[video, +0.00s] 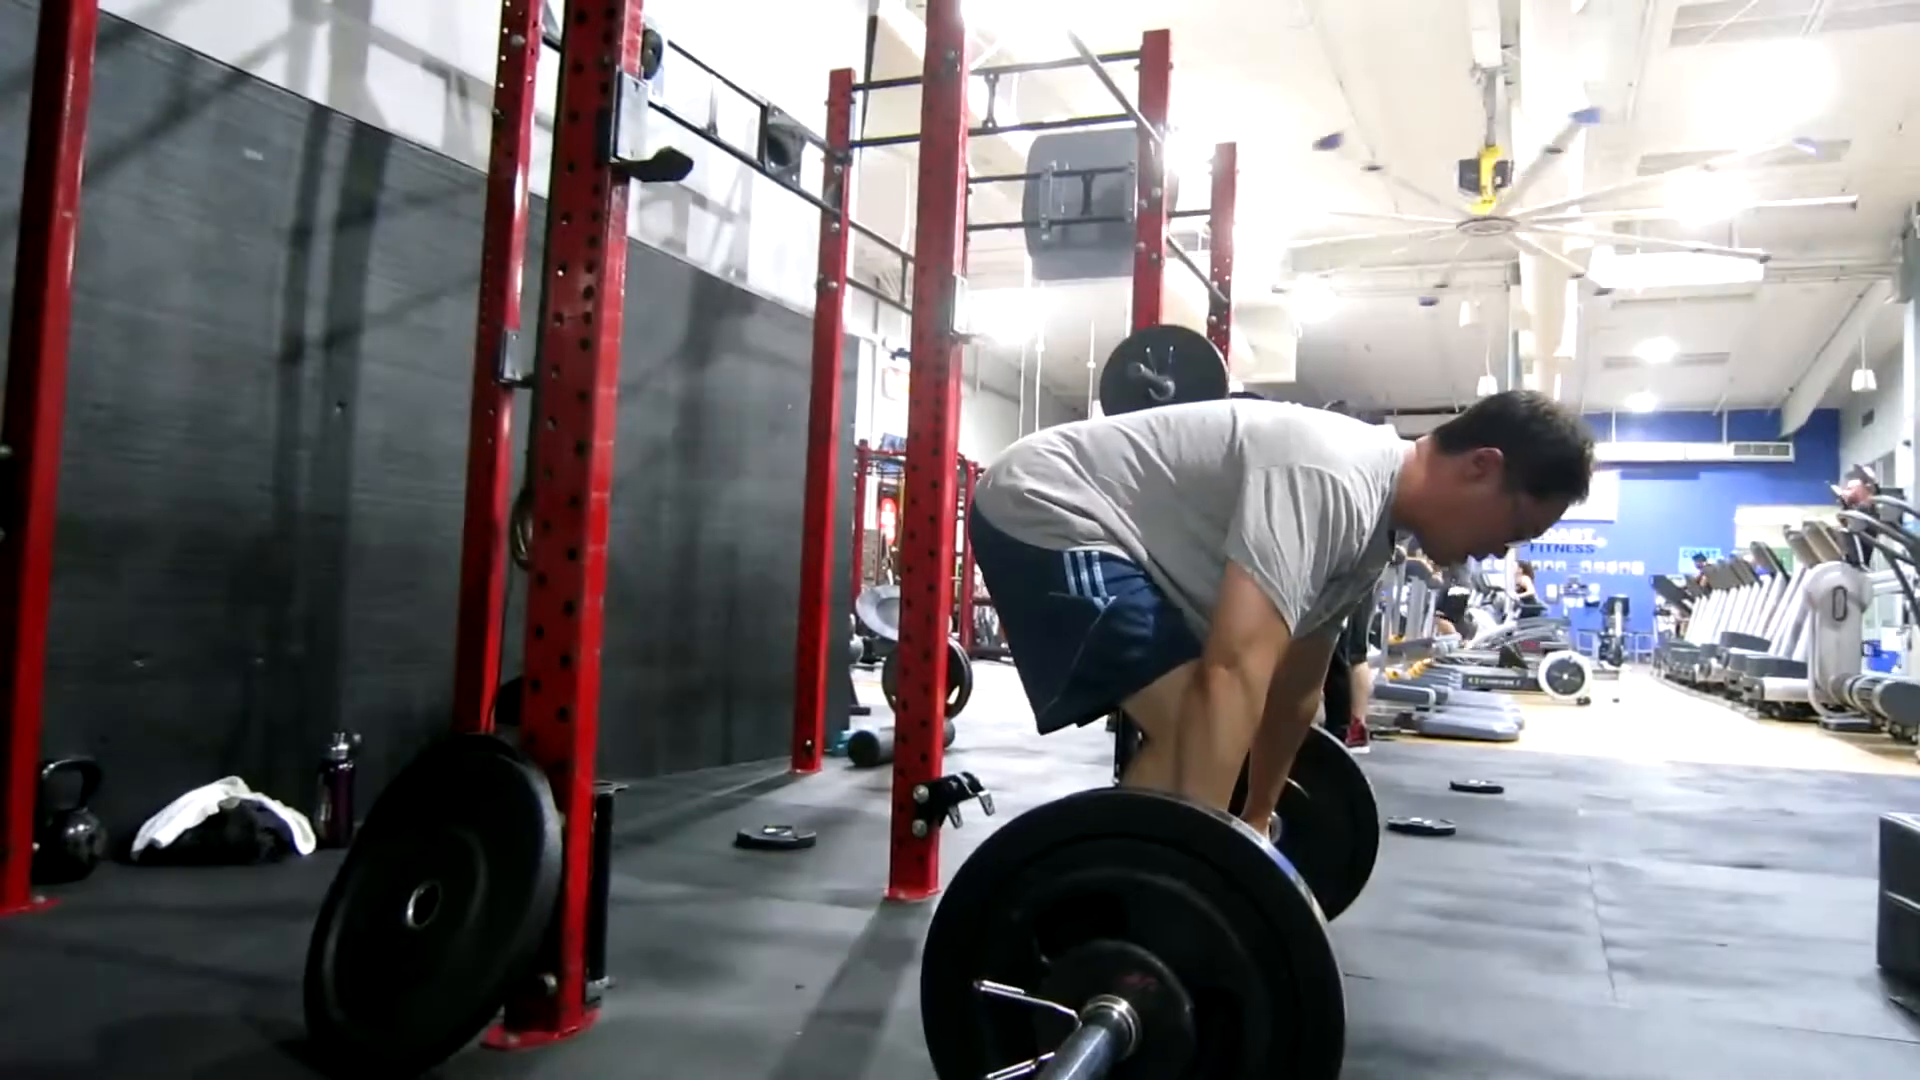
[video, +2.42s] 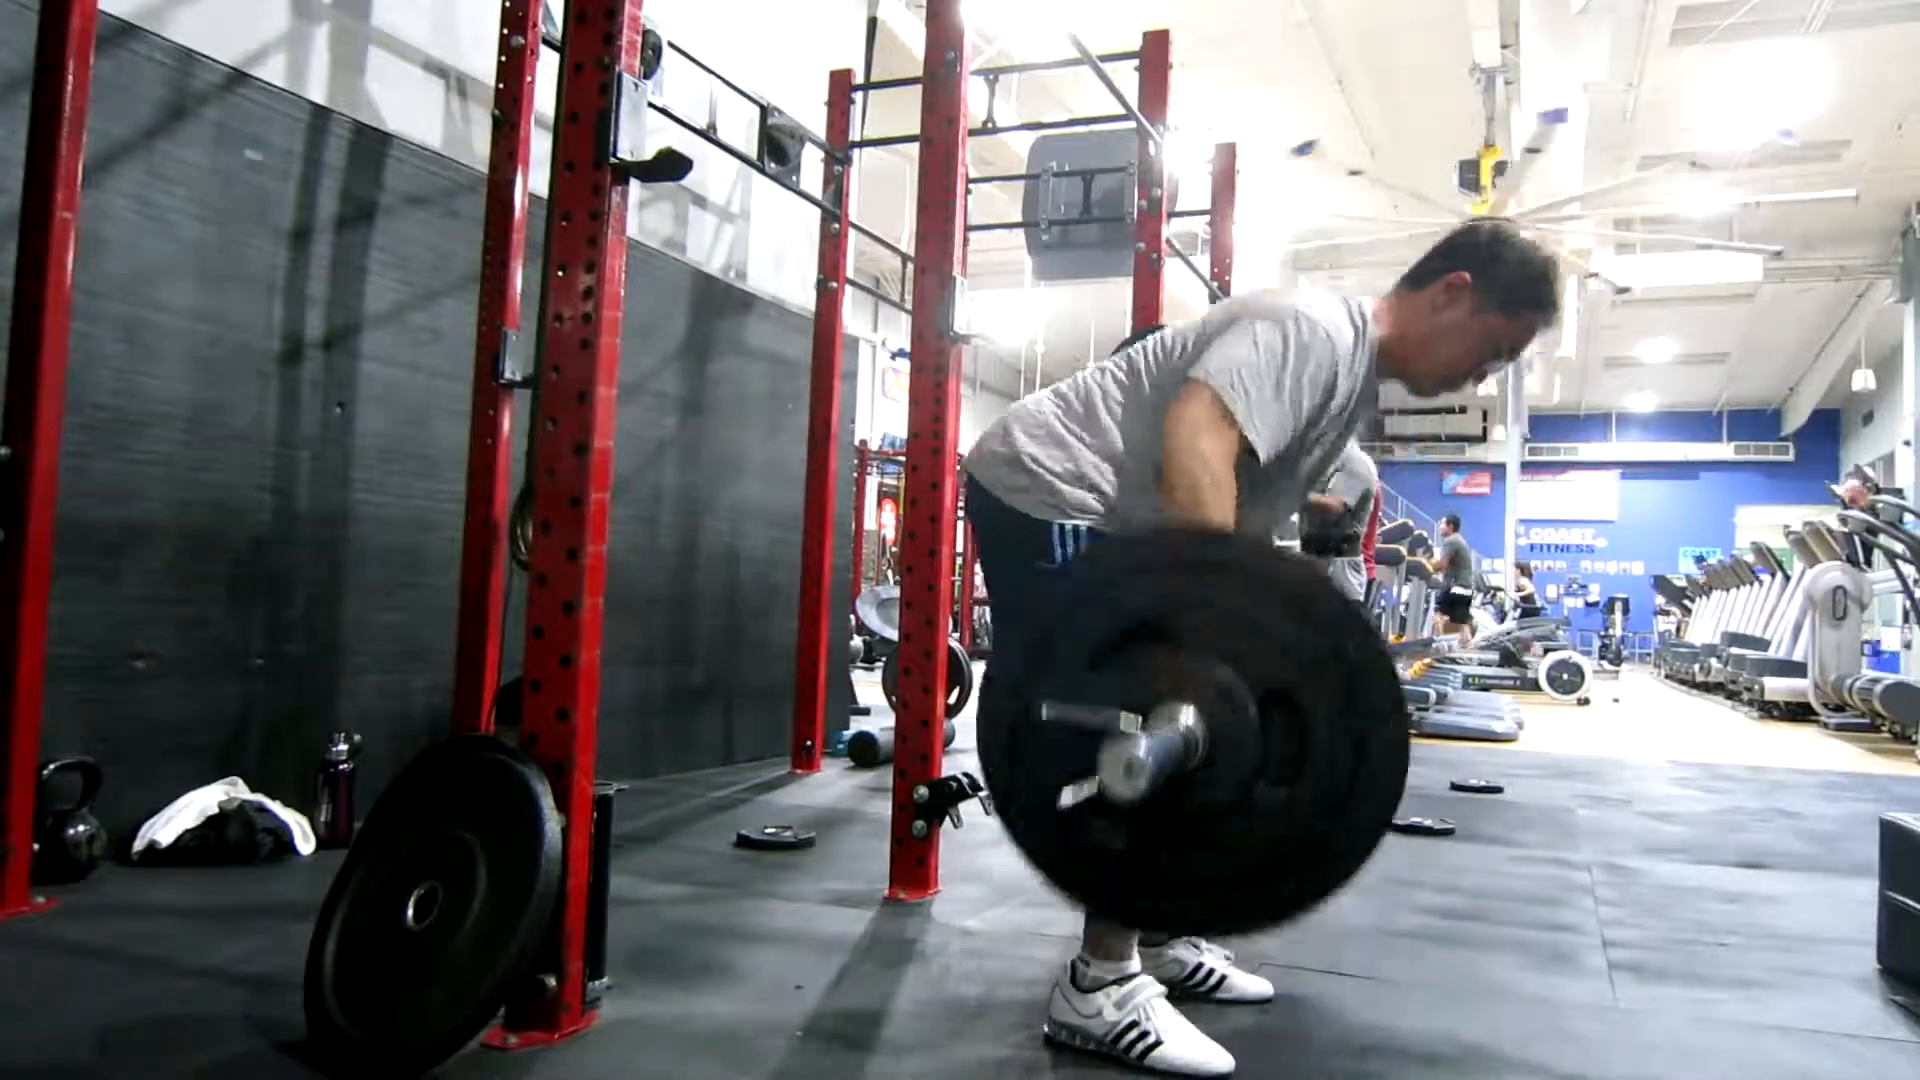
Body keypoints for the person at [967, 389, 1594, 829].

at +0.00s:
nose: (1499, 554)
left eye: (1518, 543)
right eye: (1513, 531)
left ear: (1480, 468)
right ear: (1481, 468)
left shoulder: (1371, 528)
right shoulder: (1327, 474)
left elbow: (1295, 692)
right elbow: (1234, 667)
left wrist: (1254, 829)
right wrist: (1181, 873)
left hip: (1106, 526)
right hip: (1051, 503)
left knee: (1184, 729)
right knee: (1202, 708)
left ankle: (1114, 910)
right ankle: (1152, 914)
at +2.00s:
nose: (1493, 498)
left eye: (1511, 485)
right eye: (1505, 475)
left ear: (1465, 421)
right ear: (1466, 420)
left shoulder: (1364, 498)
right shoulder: (1310, 463)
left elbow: (1291, 673)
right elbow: (1234, 669)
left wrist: (1259, 818)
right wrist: (1212, 856)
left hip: (1107, 551)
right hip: (1044, 529)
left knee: (1204, 735)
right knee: (1196, 719)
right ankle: (1161, 918)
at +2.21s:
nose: (1480, 467)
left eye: (1498, 454)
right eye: (1491, 442)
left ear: (1451, 387)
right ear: (1452, 384)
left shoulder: (1352, 476)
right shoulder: (1304, 417)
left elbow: (1269, 623)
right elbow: (1206, 597)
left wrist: (1265, 782)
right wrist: (1224, 794)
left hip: (1106, 536)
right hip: (1037, 503)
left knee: (1229, 708)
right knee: (1184, 724)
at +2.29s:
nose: (1483, 434)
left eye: (1499, 421)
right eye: (1491, 408)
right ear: (1450, 352)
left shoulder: (1350, 447)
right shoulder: (1306, 389)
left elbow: (1260, 590)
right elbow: (1200, 540)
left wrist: (1267, 742)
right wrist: (1213, 738)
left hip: (1109, 531)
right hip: (1043, 501)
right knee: (1108, 754)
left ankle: (1141, 1000)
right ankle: (1100, 1007)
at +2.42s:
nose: (1483, 379)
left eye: (1500, 364)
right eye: (1494, 353)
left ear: (1453, 298)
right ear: (1452, 293)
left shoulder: (1349, 396)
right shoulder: (1312, 333)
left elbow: (1254, 518)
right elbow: (1196, 436)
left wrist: (1274, 640)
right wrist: (1214, 625)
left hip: (1114, 508)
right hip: (1047, 488)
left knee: (1175, 719)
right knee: (1124, 730)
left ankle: (1161, 939)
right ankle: (1099, 979)